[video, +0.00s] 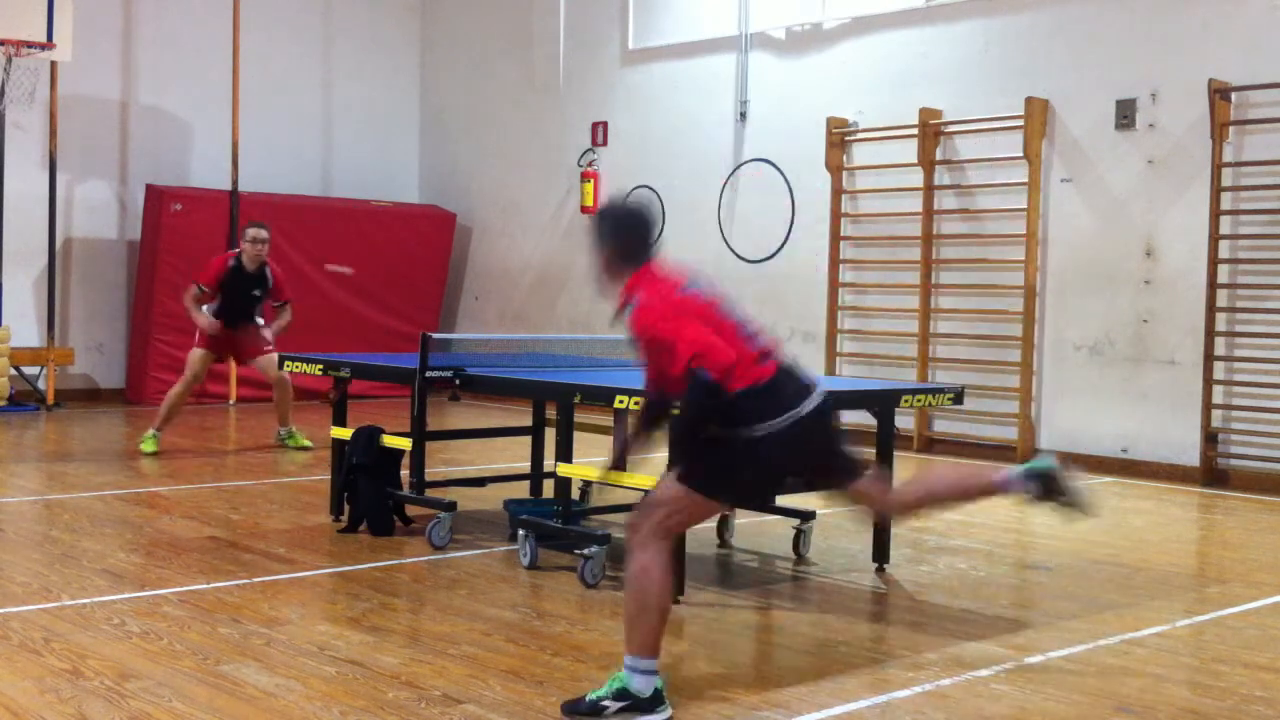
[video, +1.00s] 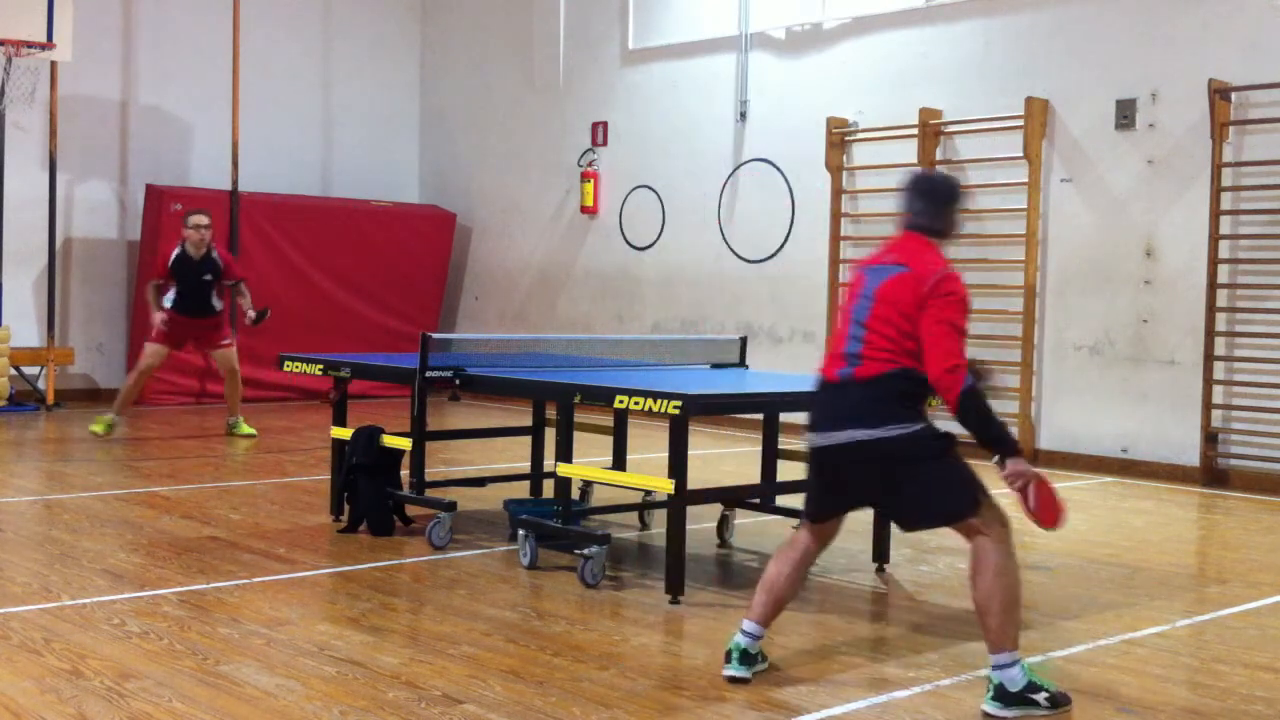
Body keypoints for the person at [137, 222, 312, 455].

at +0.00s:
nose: (259, 247)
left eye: (264, 243)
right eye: (253, 242)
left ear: (269, 246)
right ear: (242, 244)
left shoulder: (271, 273)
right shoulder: (223, 265)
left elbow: (286, 312)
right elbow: (191, 298)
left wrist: (270, 331)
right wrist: (201, 319)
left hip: (248, 330)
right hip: (216, 327)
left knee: (281, 378)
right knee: (192, 377)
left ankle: (286, 432)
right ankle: (154, 432)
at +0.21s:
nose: (251, 236)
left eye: (257, 232)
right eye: (247, 231)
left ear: (266, 234)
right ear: (240, 231)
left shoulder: (271, 259)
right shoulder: (228, 249)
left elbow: (285, 298)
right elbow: (193, 256)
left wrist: (263, 298)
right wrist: (165, 251)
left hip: (256, 325)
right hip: (219, 320)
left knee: (281, 374)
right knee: (190, 370)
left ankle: (286, 432)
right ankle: (155, 429)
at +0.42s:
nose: (243, 229)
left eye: (249, 224)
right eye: (238, 224)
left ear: (257, 228)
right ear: (231, 226)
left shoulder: (264, 255)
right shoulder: (222, 246)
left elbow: (283, 294)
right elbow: (197, 258)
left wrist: (268, 289)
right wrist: (163, 259)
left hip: (250, 321)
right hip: (216, 316)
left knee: (272, 365)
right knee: (179, 365)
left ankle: (285, 429)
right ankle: (171, 421)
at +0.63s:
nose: (223, 227)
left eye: (228, 222)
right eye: (217, 221)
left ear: (233, 227)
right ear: (207, 225)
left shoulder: (239, 255)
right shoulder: (194, 250)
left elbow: (261, 287)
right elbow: (169, 274)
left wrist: (261, 306)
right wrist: (158, 306)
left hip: (231, 318)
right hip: (196, 317)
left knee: (256, 359)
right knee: (187, 371)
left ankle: (275, 422)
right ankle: (190, 422)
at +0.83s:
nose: (213, 218)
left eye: (218, 213)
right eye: (208, 213)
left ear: (223, 217)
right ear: (196, 216)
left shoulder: (230, 244)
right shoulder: (184, 240)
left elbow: (246, 277)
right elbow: (168, 265)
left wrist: (250, 303)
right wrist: (169, 295)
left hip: (221, 311)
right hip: (186, 308)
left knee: (235, 363)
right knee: (166, 357)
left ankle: (237, 414)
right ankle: (168, 412)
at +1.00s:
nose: (203, 233)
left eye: (207, 228)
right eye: (197, 228)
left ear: (212, 232)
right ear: (185, 232)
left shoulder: (220, 258)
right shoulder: (172, 256)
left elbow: (239, 286)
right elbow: (154, 285)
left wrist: (248, 309)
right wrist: (155, 311)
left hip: (212, 322)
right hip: (175, 320)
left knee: (232, 369)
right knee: (144, 367)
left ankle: (235, 420)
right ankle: (112, 417)